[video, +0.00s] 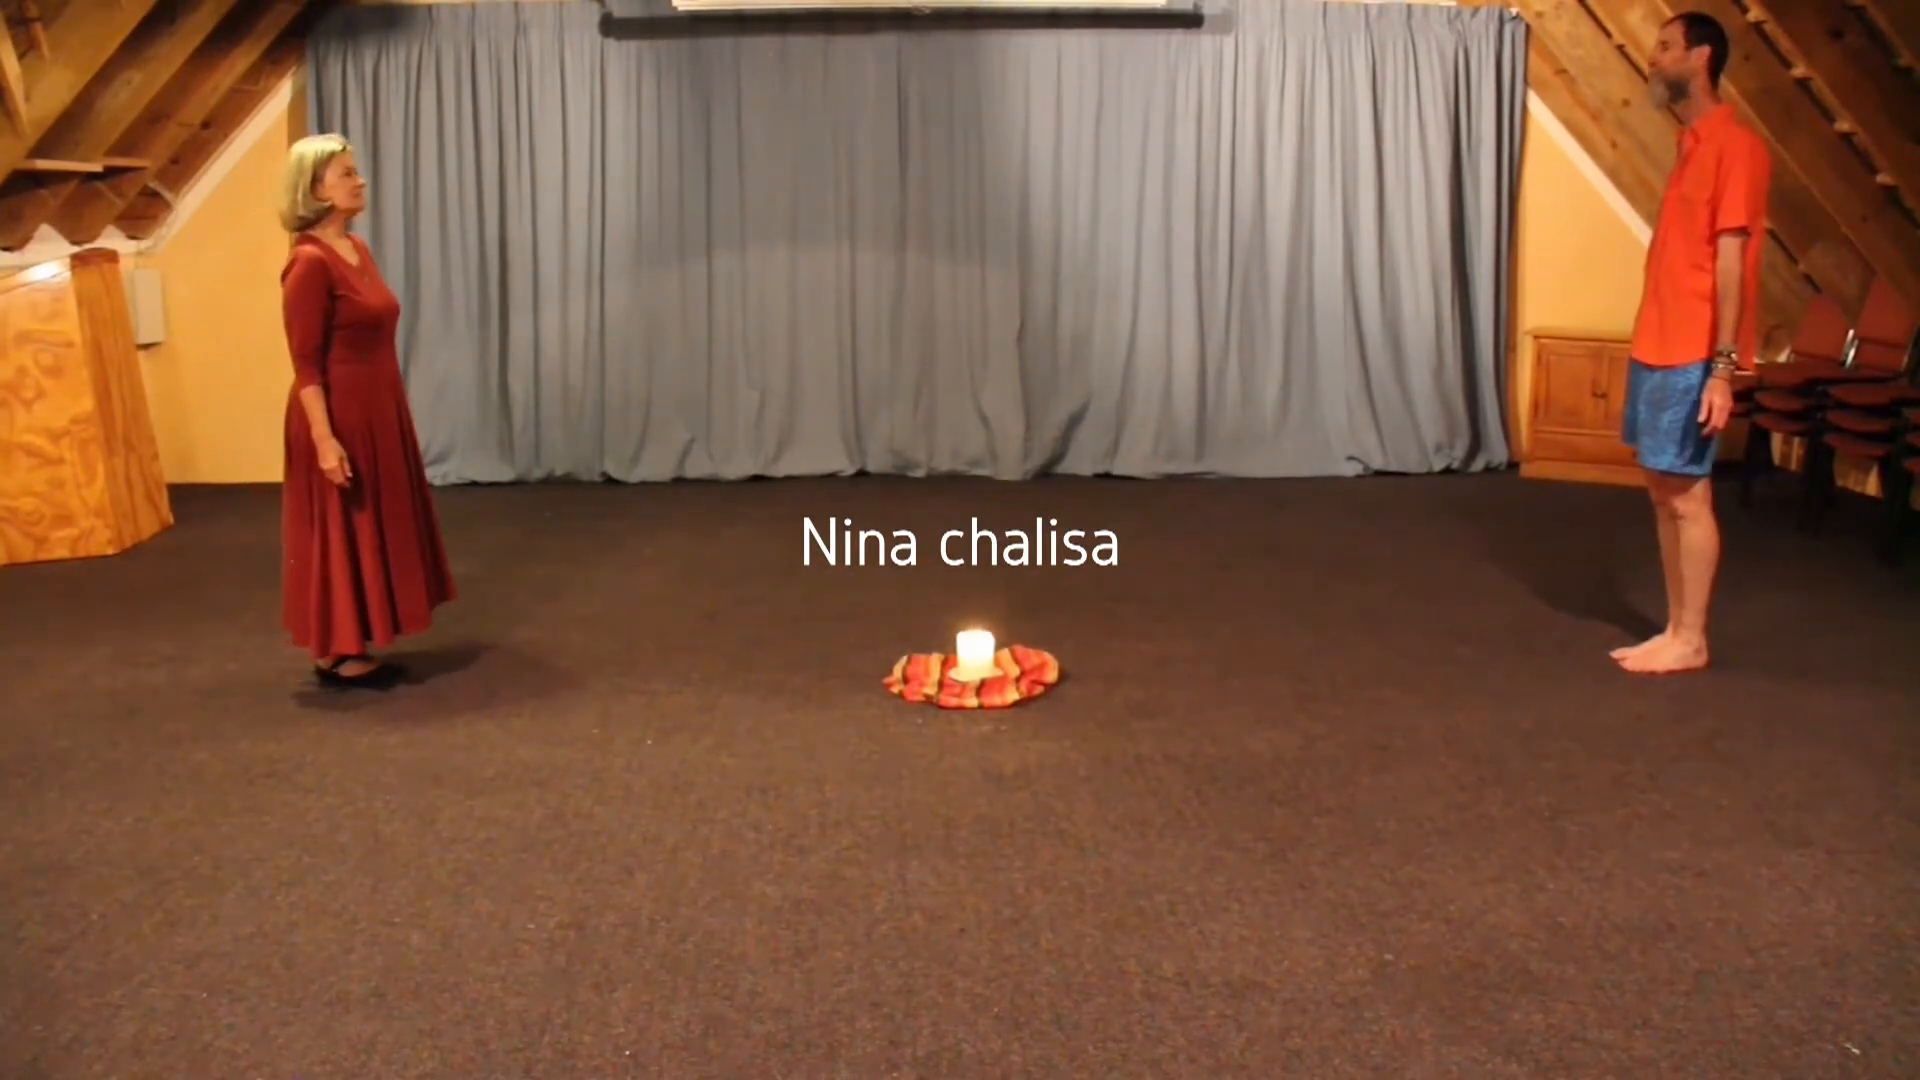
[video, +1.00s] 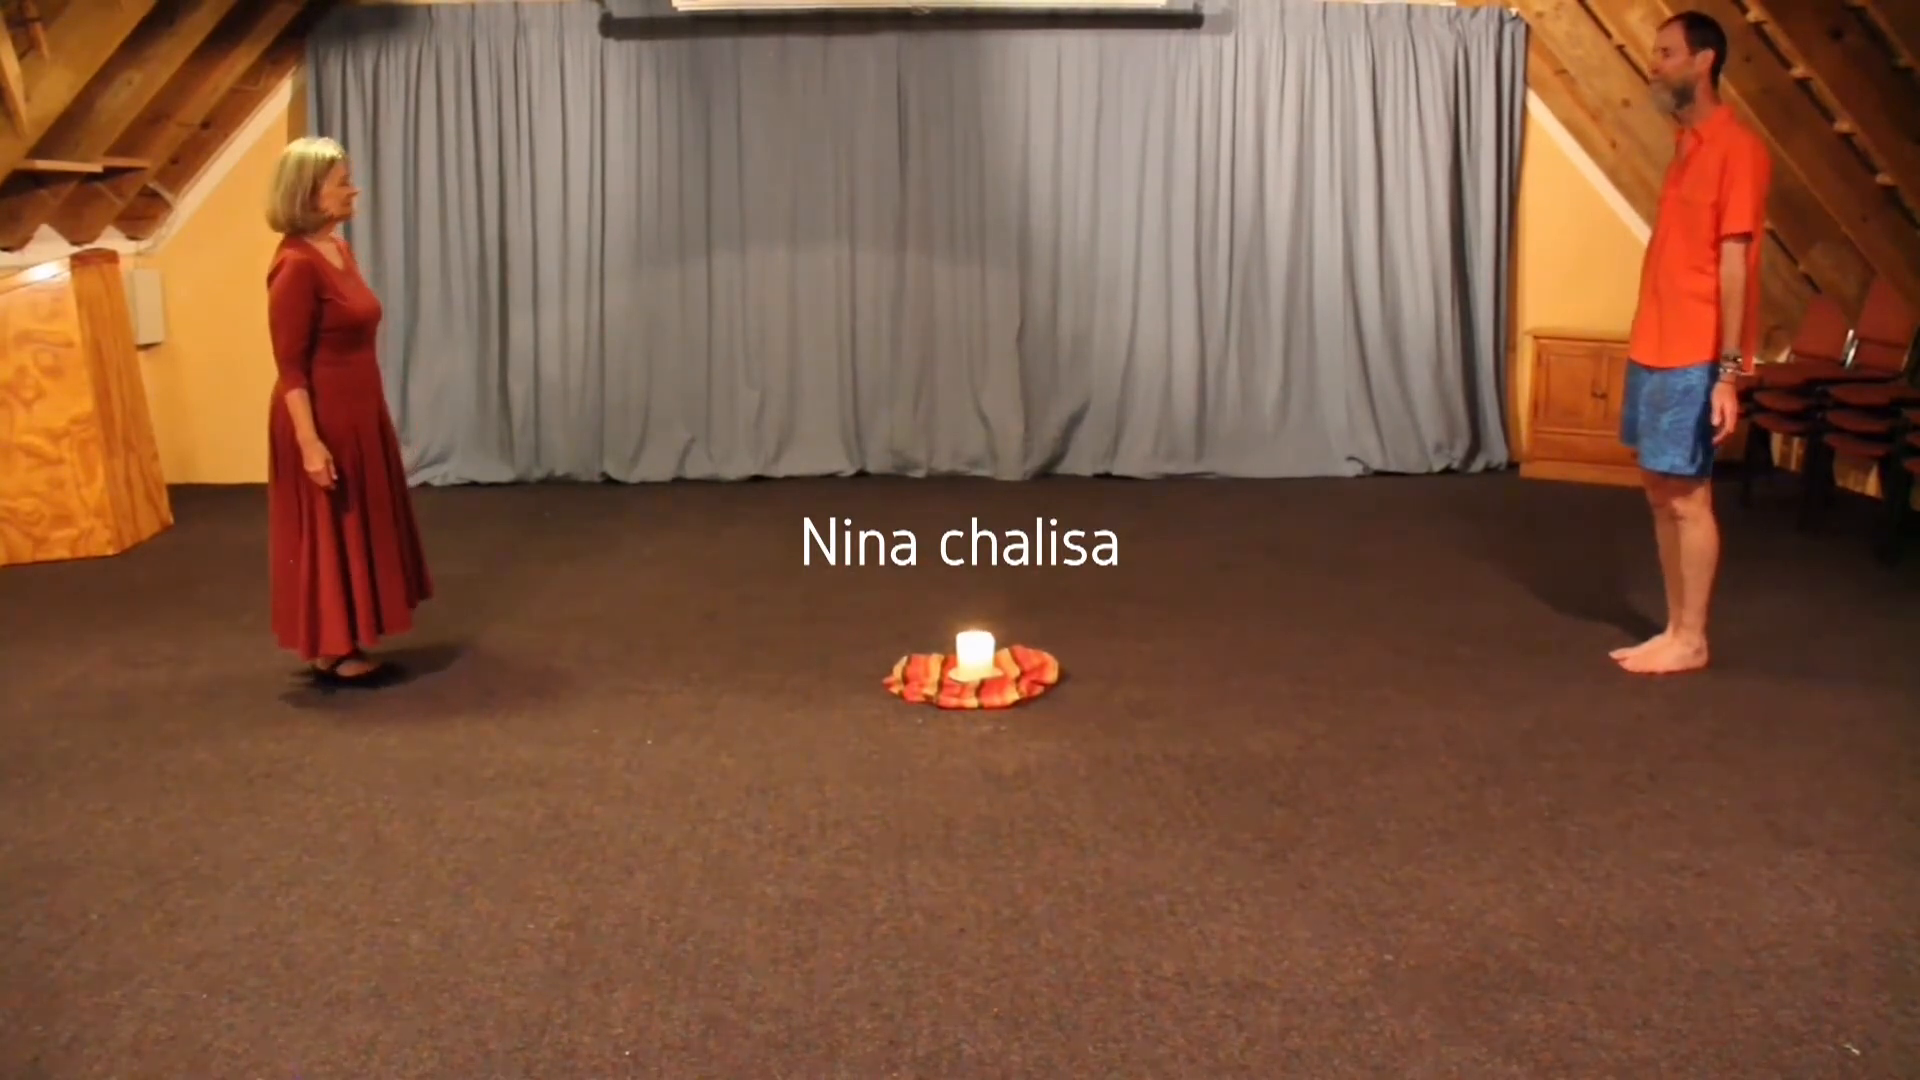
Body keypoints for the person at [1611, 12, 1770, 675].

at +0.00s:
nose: (1652, 60)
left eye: (1664, 48)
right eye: (1654, 48)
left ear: (1702, 58)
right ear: (1693, 59)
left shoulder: (1734, 141)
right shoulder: (1696, 140)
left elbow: (1731, 257)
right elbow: (1696, 255)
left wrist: (1723, 364)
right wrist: (1663, 347)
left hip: (1692, 356)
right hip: (1659, 351)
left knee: (1688, 497)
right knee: (1664, 493)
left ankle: (1691, 639)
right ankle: (1677, 630)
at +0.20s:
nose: (1652, 59)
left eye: (1664, 47)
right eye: (1653, 47)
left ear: (1702, 57)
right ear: (1692, 58)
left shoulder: (1734, 142)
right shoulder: (1694, 140)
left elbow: (1729, 257)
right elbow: (1693, 254)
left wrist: (1720, 365)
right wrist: (1663, 347)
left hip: (1691, 357)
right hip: (1658, 351)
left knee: (1688, 498)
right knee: (1663, 494)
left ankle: (1692, 639)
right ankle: (1677, 630)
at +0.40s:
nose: (1652, 59)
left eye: (1664, 48)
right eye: (1653, 47)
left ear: (1702, 58)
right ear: (1691, 59)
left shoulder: (1734, 142)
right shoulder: (1694, 140)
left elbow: (1729, 258)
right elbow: (1693, 255)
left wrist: (1719, 366)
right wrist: (1662, 348)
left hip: (1691, 357)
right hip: (1658, 352)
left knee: (1688, 498)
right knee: (1663, 494)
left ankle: (1692, 639)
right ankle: (1677, 630)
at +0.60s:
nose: (1652, 60)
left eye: (1665, 49)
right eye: (1654, 48)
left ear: (1703, 59)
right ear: (1690, 60)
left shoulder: (1734, 143)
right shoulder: (1693, 141)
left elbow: (1730, 261)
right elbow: (1692, 257)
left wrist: (1722, 368)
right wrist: (1660, 348)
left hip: (1692, 357)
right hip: (1657, 351)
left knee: (1687, 498)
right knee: (1662, 493)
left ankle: (1692, 639)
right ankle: (1677, 630)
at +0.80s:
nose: (1653, 61)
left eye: (1666, 49)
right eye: (1654, 49)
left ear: (1705, 59)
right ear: (1690, 60)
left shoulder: (1736, 144)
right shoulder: (1691, 141)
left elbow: (1732, 261)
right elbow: (1687, 256)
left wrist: (1726, 370)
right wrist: (1656, 348)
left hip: (1693, 357)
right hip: (1656, 351)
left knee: (1688, 497)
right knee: (1663, 493)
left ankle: (1691, 639)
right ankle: (1677, 630)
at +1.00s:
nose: (1653, 65)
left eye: (1665, 53)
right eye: (1654, 53)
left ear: (1705, 61)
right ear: (1689, 62)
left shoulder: (1738, 146)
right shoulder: (1690, 143)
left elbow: (1735, 262)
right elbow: (1685, 256)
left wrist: (1728, 370)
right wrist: (1654, 347)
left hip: (1694, 358)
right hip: (1655, 352)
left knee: (1687, 498)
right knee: (1661, 493)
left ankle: (1692, 639)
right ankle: (1677, 630)